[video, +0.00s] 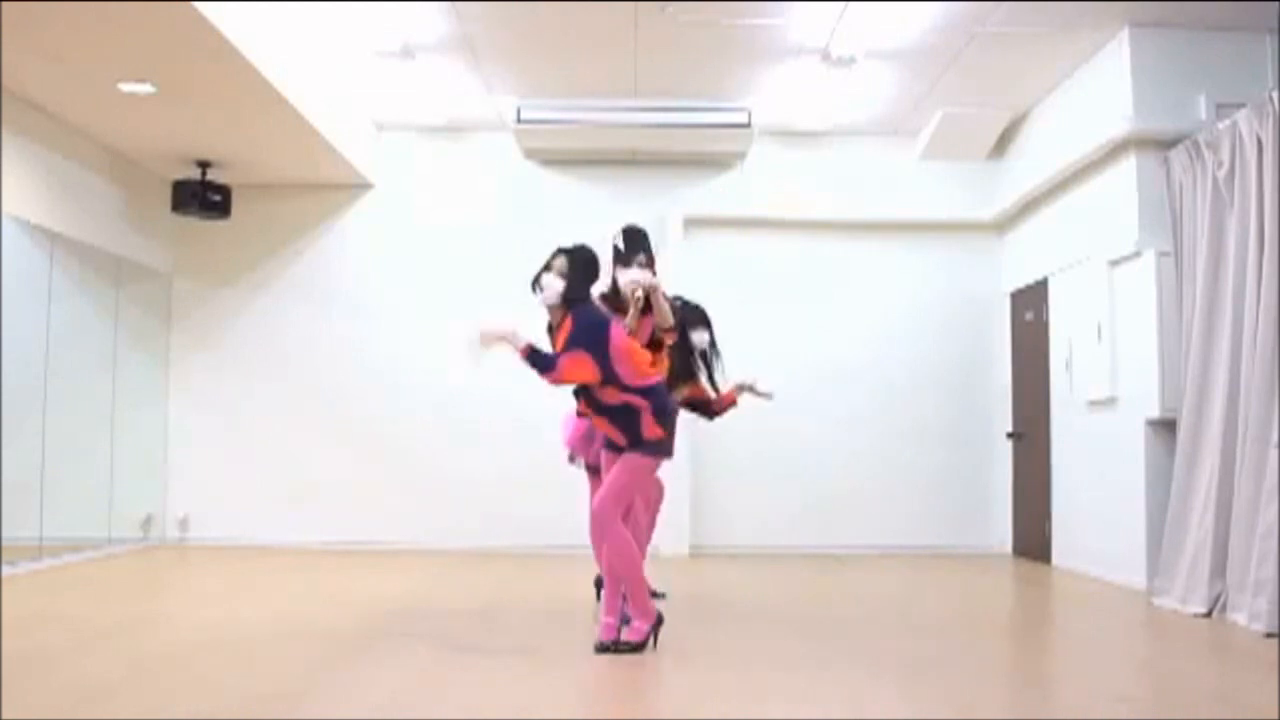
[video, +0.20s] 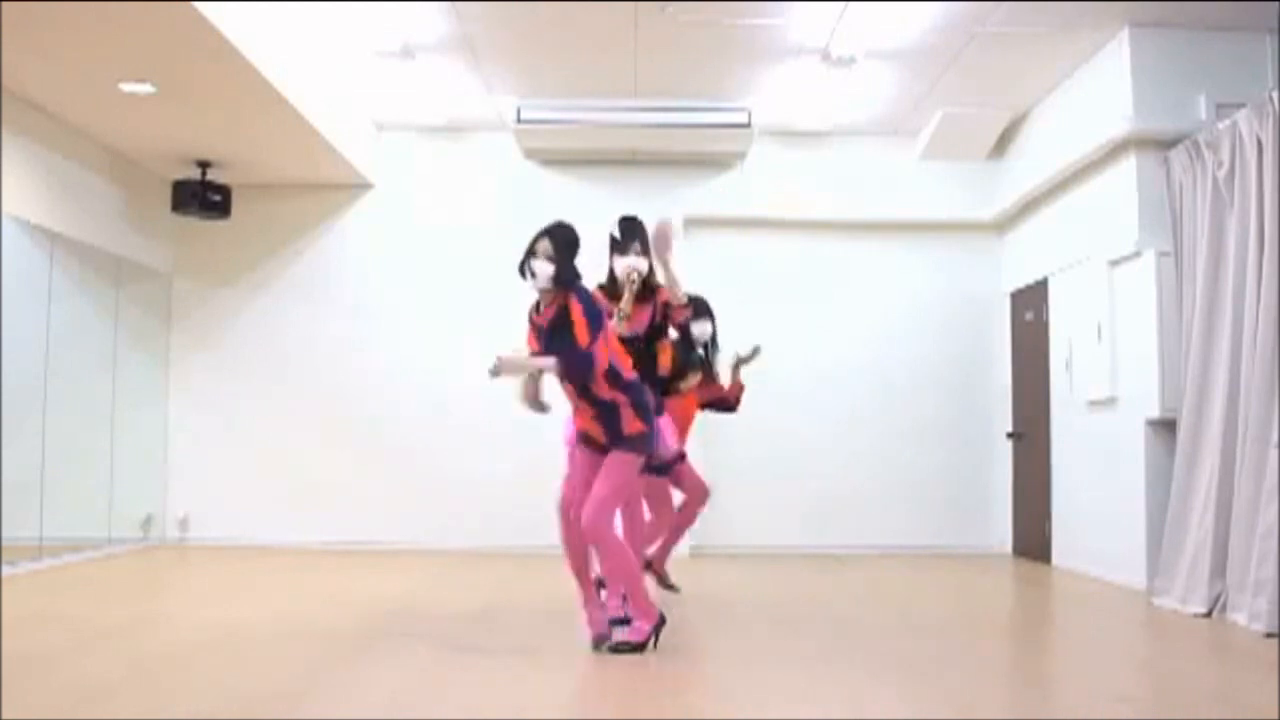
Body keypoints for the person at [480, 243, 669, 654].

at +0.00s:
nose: (545, 280)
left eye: (557, 275)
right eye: (547, 271)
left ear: (576, 284)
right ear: (546, 276)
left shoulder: (590, 323)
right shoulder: (564, 323)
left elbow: (562, 373)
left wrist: (518, 344)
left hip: (647, 431)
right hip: (614, 430)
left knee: (605, 514)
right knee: (606, 519)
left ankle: (643, 613)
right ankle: (614, 614)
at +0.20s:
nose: (537, 265)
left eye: (548, 258)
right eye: (534, 256)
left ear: (565, 264)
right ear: (528, 260)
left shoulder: (583, 305)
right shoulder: (539, 314)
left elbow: (584, 360)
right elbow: (545, 359)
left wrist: (528, 363)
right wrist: (532, 379)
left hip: (632, 424)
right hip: (591, 424)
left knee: (595, 518)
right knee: (570, 512)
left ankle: (646, 614)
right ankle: (598, 614)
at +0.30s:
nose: (534, 263)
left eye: (543, 254)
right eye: (528, 254)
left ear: (559, 256)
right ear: (520, 256)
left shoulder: (579, 296)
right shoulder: (531, 308)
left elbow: (603, 357)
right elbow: (532, 368)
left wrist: (568, 386)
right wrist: (508, 365)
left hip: (608, 430)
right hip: (567, 430)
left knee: (585, 530)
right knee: (520, 503)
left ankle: (647, 615)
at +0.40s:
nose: (521, 258)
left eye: (528, 248)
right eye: (514, 248)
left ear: (545, 251)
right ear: (506, 254)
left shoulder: (568, 288)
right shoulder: (507, 307)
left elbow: (600, 345)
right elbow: (501, 371)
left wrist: (599, 402)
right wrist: (489, 333)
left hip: (577, 430)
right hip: (530, 431)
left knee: (574, 535)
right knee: (475, 512)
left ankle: (645, 613)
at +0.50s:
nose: (502, 249)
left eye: (511, 240)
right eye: (496, 240)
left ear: (526, 243)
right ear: (489, 245)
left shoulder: (549, 288)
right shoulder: (485, 294)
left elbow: (576, 346)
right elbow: (468, 349)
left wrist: (553, 376)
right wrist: (475, 300)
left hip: (535, 426)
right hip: (484, 424)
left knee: (537, 529)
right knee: (442, 518)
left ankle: (610, 604)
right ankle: (413, 607)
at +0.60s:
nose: (480, 241)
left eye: (489, 233)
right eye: (475, 231)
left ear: (505, 240)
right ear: (466, 236)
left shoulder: (526, 291)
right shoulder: (455, 288)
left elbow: (539, 351)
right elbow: (447, 336)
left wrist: (535, 402)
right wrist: (460, 287)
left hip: (510, 415)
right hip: (458, 411)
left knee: (495, 520)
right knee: (429, 514)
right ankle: (410, 606)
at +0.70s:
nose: (466, 230)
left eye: (475, 223)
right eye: (460, 222)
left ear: (490, 229)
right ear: (451, 226)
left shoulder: (512, 283)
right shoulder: (440, 281)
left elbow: (524, 343)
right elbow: (440, 328)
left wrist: (521, 397)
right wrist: (453, 282)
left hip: (490, 401)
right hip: (442, 395)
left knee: (469, 507)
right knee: (424, 506)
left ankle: (481, 606)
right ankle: (413, 603)